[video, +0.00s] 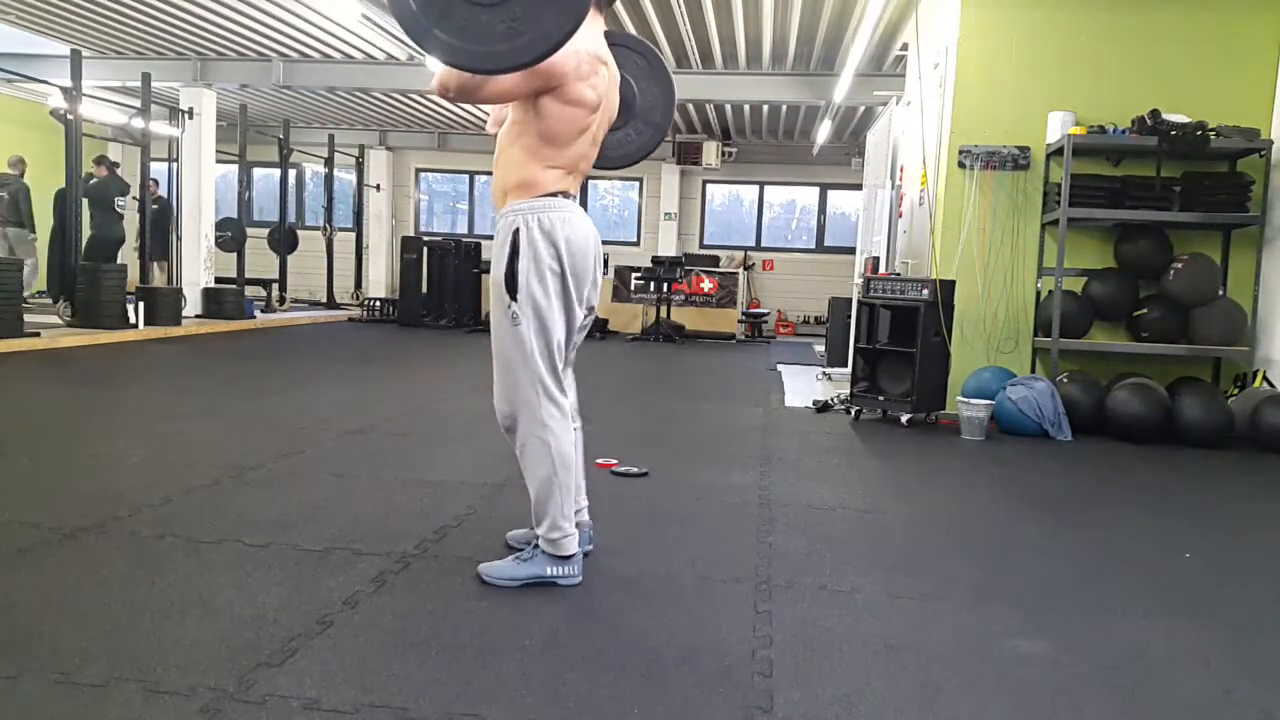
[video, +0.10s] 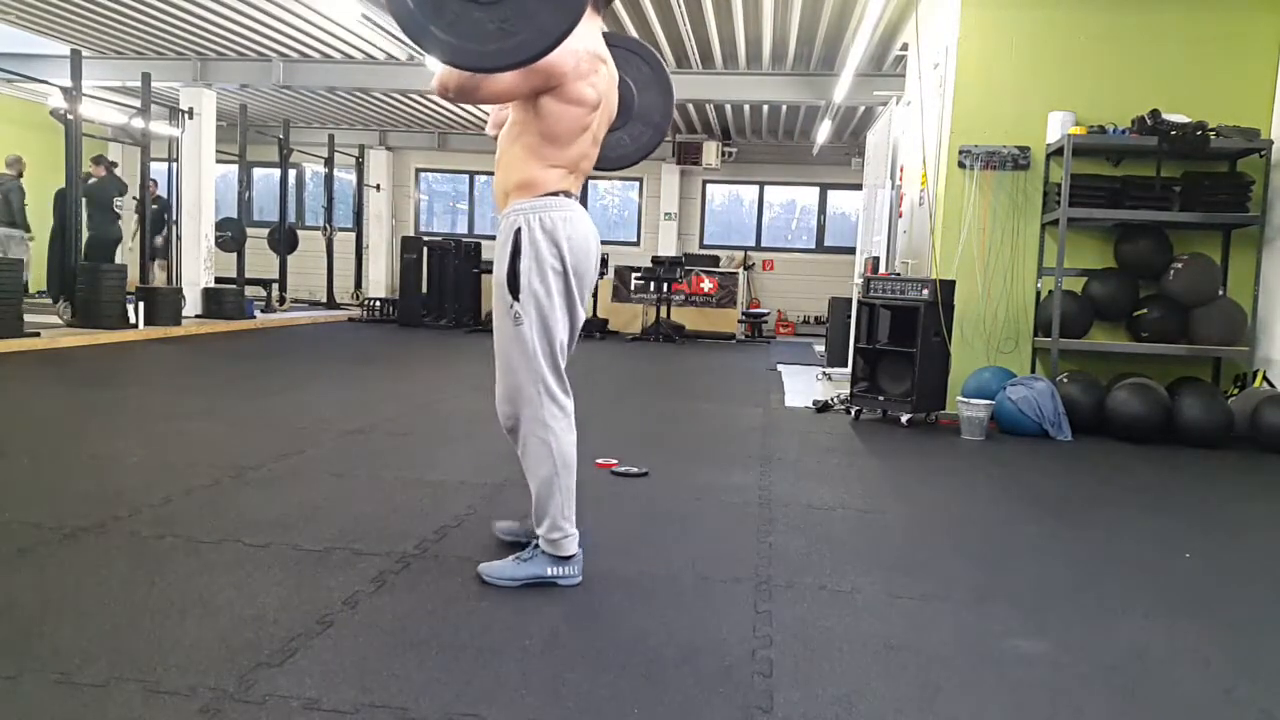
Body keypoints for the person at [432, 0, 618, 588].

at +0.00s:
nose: (540, 15)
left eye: (547, 7)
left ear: (571, 5)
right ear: (603, 11)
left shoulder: (562, 51)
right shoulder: (608, 75)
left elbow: (449, 84)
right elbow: (559, 144)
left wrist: (485, 25)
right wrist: (508, 121)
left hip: (533, 230)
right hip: (569, 226)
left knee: (532, 398)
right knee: (549, 389)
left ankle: (559, 550)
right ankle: (569, 522)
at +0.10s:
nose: (537, 15)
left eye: (545, 7)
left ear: (568, 4)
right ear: (599, 10)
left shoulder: (563, 50)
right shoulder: (606, 74)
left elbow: (449, 84)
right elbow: (561, 142)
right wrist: (509, 122)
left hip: (536, 229)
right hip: (563, 225)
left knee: (537, 397)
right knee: (523, 399)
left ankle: (559, 551)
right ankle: (551, 520)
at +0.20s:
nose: (534, 14)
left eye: (541, 6)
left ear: (564, 3)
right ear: (593, 9)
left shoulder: (559, 51)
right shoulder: (601, 72)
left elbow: (446, 83)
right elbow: (553, 141)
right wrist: (503, 121)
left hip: (539, 230)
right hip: (553, 226)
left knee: (538, 393)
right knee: (519, 390)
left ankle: (559, 551)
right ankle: (530, 518)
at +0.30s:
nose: (520, 13)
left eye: (528, 6)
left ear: (557, 3)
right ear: (587, 9)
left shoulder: (554, 50)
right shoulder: (596, 73)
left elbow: (442, 82)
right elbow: (495, 124)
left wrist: (465, 24)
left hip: (535, 233)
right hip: (552, 229)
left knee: (526, 395)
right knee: (524, 391)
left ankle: (558, 549)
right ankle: (531, 516)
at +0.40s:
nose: (510, 13)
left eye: (520, 5)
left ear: (552, 4)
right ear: (581, 9)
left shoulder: (547, 52)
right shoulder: (590, 72)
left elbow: (435, 84)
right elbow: (490, 122)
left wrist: (467, 24)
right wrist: (493, 109)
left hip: (531, 237)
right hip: (561, 232)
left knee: (485, 391)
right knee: (534, 390)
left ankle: (547, 536)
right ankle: (533, 513)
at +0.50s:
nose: (503, 16)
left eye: (511, 8)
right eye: (503, 10)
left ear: (542, 4)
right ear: (573, 9)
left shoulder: (540, 52)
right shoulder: (584, 71)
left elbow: (429, 87)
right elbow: (482, 125)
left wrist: (461, 25)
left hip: (526, 236)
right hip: (565, 233)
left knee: (479, 389)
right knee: (534, 391)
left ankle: (506, 551)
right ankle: (529, 523)